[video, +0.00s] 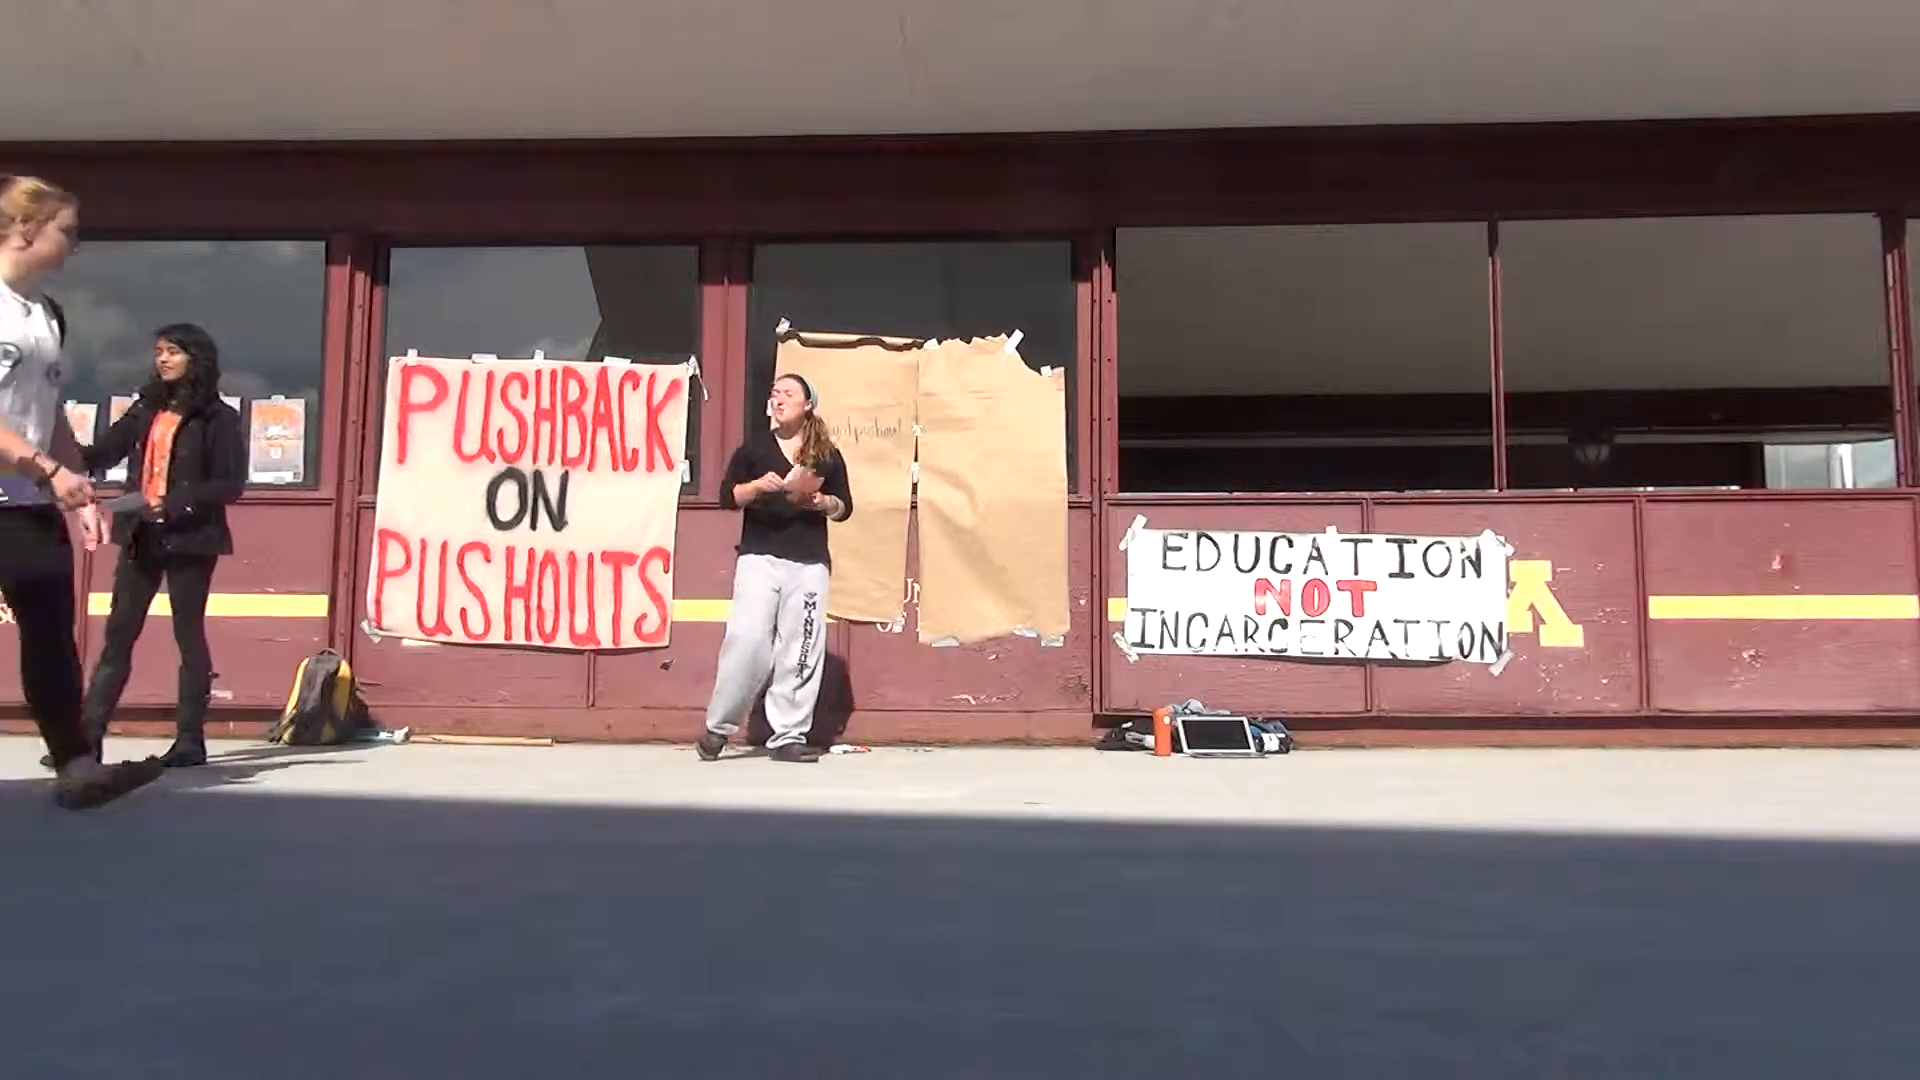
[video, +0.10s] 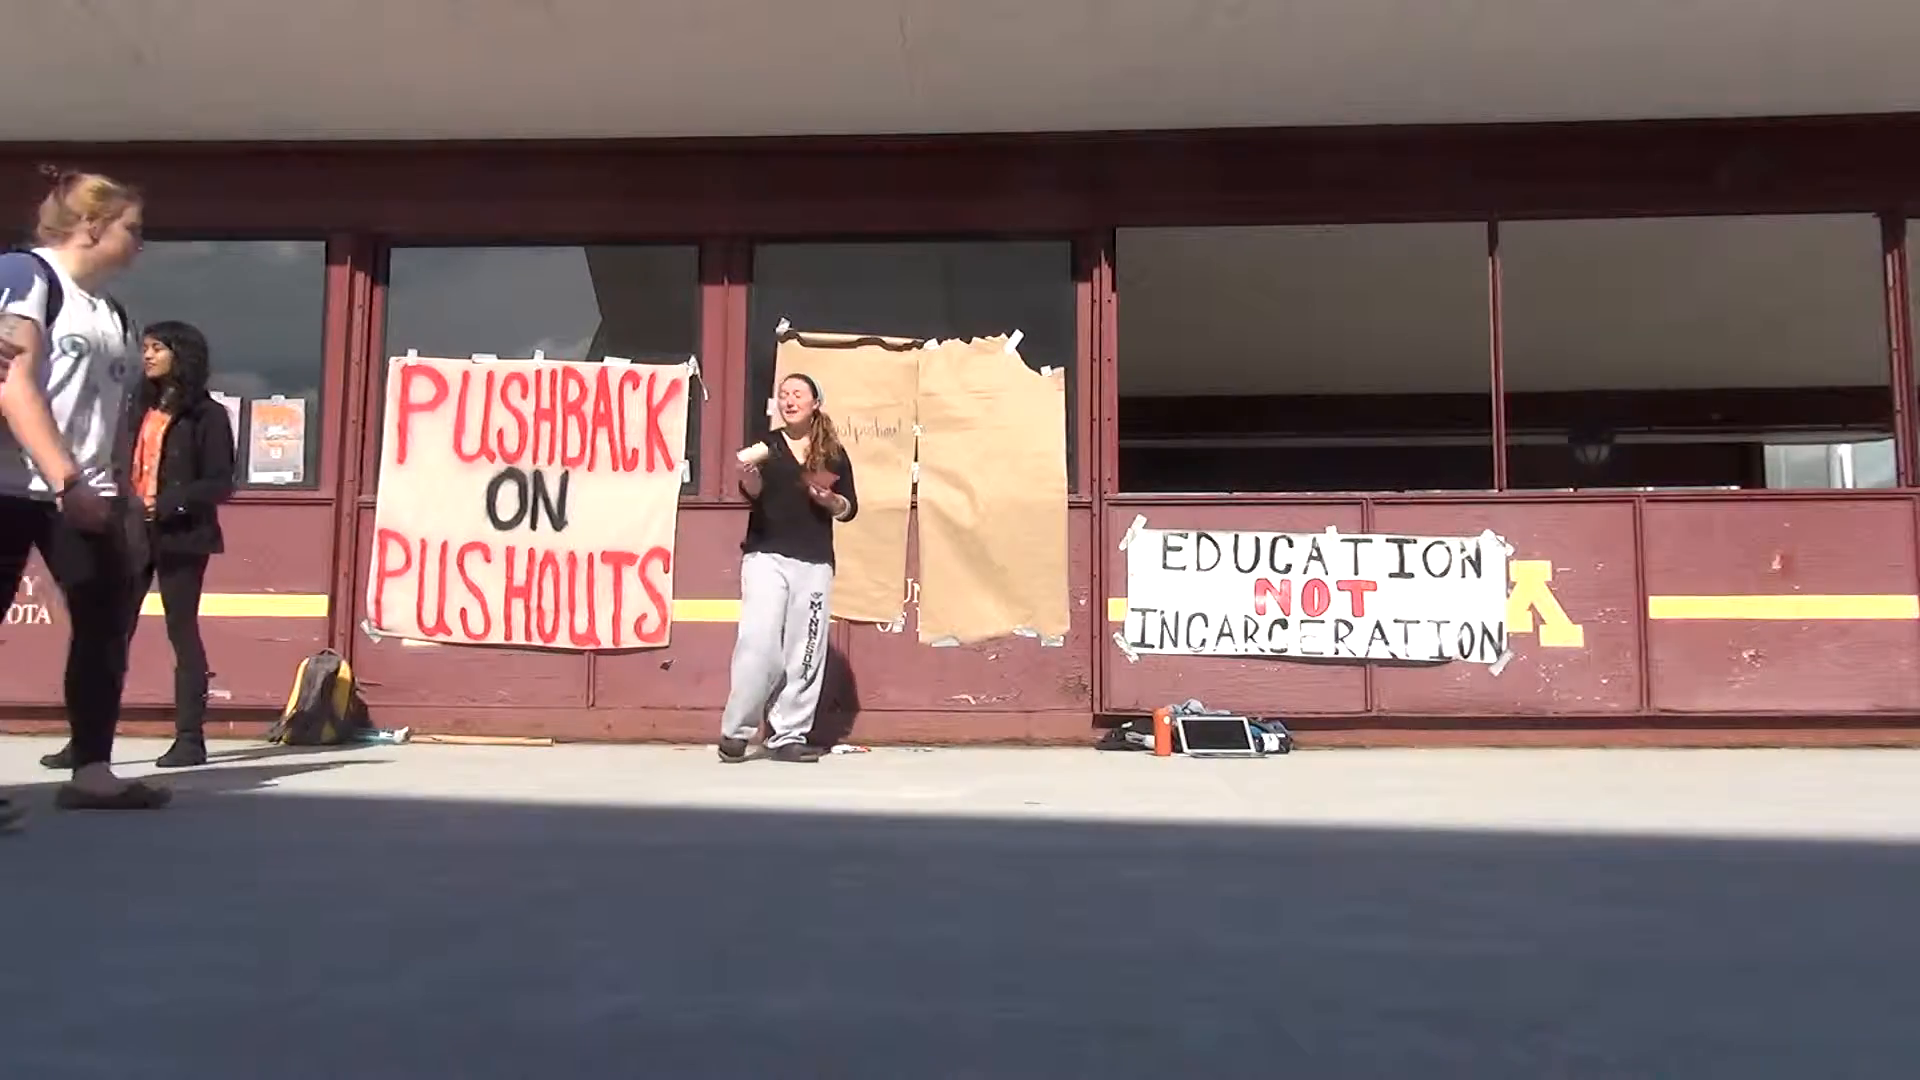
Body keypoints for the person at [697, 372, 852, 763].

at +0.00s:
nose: (776, 400)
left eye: (786, 394)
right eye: (773, 394)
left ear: (808, 406)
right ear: (769, 404)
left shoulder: (827, 454)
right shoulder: (753, 449)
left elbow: (844, 507)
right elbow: (727, 496)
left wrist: (827, 503)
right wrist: (758, 486)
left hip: (809, 562)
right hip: (759, 557)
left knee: (801, 647)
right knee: (748, 639)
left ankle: (788, 737)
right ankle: (719, 726)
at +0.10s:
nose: (789, 400)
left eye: (797, 394)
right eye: (784, 395)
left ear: (816, 404)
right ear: (778, 404)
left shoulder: (833, 453)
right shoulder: (766, 444)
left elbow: (848, 509)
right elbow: (752, 492)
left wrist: (829, 498)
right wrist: (747, 475)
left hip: (813, 560)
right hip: (766, 555)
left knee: (805, 649)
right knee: (759, 643)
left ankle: (789, 737)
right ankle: (736, 732)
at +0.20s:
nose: (797, 400)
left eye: (805, 394)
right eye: (791, 395)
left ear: (821, 403)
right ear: (784, 403)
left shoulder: (837, 452)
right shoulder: (771, 442)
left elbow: (850, 511)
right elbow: (756, 484)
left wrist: (834, 493)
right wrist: (754, 480)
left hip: (818, 559)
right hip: (772, 553)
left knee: (809, 646)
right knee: (773, 641)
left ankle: (792, 737)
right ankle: (756, 737)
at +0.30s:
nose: (804, 401)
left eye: (812, 394)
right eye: (797, 395)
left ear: (826, 402)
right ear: (789, 403)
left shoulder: (840, 452)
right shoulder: (773, 442)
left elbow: (849, 512)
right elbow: (763, 492)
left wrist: (837, 490)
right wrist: (762, 484)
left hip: (822, 557)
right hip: (777, 553)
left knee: (813, 647)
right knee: (781, 644)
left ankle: (798, 735)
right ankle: (773, 738)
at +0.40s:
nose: (808, 402)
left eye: (816, 395)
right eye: (801, 396)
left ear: (830, 402)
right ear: (791, 403)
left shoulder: (842, 450)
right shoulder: (775, 441)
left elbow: (851, 513)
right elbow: (765, 492)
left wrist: (842, 493)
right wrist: (769, 484)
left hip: (825, 557)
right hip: (780, 552)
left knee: (816, 647)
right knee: (784, 644)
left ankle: (796, 734)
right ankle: (784, 737)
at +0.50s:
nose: (810, 401)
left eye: (818, 394)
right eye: (802, 395)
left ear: (831, 401)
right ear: (793, 402)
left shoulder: (843, 449)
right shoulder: (774, 442)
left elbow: (852, 513)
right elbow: (766, 492)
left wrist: (846, 493)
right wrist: (773, 483)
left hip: (827, 558)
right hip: (782, 554)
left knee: (818, 650)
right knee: (788, 647)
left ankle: (799, 735)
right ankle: (788, 739)